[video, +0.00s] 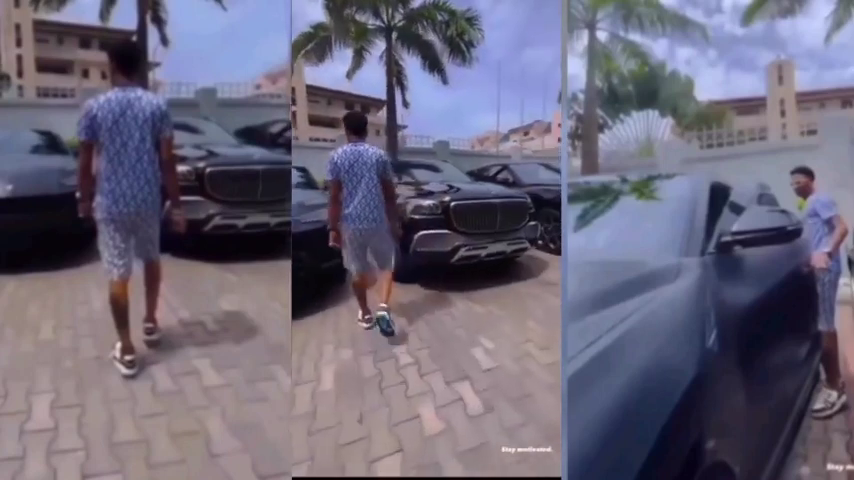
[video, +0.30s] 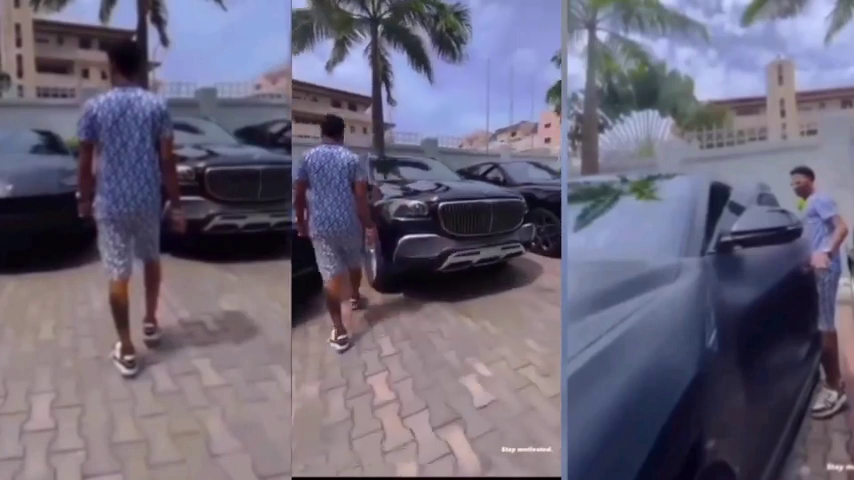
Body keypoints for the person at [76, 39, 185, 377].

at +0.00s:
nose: (110, 71)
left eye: (110, 66)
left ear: (112, 68)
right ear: (142, 67)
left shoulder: (95, 107)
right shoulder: (156, 106)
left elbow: (85, 161)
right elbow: (167, 160)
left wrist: (84, 199)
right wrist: (175, 202)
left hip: (110, 201)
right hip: (147, 200)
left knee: (118, 273)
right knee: (151, 260)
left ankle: (125, 348)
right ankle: (150, 319)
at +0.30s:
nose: (110, 71)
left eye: (110, 66)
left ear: (112, 68)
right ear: (142, 67)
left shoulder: (95, 107)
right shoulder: (156, 106)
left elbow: (85, 161)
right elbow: (167, 160)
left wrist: (84, 199)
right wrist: (175, 202)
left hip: (110, 201)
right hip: (147, 200)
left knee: (118, 273)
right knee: (151, 260)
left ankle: (125, 348)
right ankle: (150, 319)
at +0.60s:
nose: (110, 71)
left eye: (110, 66)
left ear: (112, 68)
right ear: (142, 67)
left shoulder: (95, 107)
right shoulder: (156, 106)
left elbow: (85, 161)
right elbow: (167, 160)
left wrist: (84, 199)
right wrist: (175, 202)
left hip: (110, 201)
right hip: (147, 200)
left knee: (118, 273)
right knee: (151, 260)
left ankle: (125, 348)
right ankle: (150, 319)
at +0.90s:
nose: (110, 71)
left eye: (110, 66)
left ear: (112, 68)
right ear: (142, 67)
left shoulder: (95, 107)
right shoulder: (156, 106)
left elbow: (85, 161)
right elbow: (167, 160)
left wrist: (84, 199)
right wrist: (175, 202)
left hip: (110, 202)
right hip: (147, 200)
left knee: (118, 273)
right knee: (151, 260)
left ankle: (125, 348)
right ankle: (150, 319)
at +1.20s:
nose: (110, 71)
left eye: (110, 66)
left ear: (112, 68)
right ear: (142, 67)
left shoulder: (95, 107)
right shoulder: (156, 106)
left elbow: (85, 161)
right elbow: (167, 160)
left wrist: (84, 199)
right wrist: (175, 202)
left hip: (110, 201)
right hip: (147, 200)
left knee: (118, 273)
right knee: (151, 260)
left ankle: (125, 348)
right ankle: (150, 319)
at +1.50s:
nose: (110, 71)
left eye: (110, 66)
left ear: (112, 68)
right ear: (142, 67)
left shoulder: (95, 107)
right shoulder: (156, 106)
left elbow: (85, 161)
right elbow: (167, 160)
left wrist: (84, 199)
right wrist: (175, 202)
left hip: (110, 202)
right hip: (147, 200)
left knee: (118, 273)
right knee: (151, 260)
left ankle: (125, 348)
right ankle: (150, 319)